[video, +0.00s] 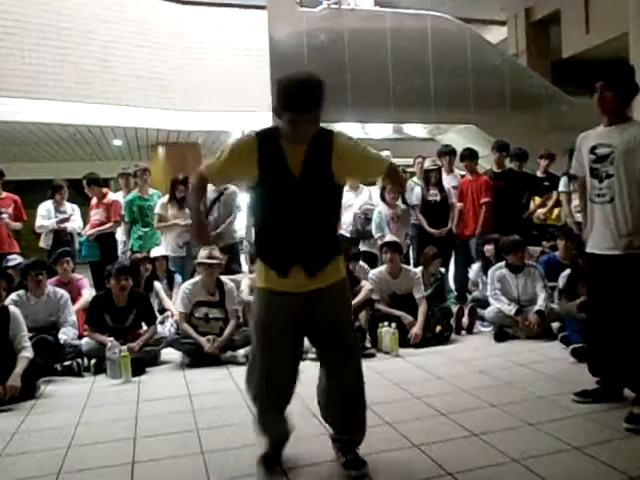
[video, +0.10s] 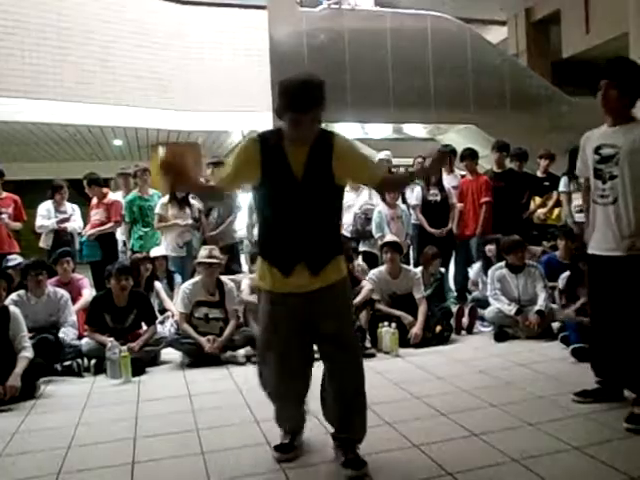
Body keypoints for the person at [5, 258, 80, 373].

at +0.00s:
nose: (39, 278)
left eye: (42, 274)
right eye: (34, 275)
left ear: (47, 277)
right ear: (26, 280)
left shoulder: (60, 296)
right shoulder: (15, 300)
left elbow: (70, 325)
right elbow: (9, 327)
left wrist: (61, 340)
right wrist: (21, 336)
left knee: (74, 349)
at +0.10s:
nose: (39, 278)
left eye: (41, 274)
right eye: (34, 275)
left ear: (47, 277)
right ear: (26, 280)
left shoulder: (61, 296)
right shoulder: (15, 300)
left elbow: (71, 326)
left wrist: (59, 340)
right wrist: (21, 337)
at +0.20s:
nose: (39, 280)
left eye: (41, 276)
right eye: (33, 277)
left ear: (47, 278)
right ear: (26, 282)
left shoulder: (61, 298)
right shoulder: (15, 302)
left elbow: (71, 328)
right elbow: (10, 331)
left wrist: (57, 341)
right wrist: (22, 338)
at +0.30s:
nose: (39, 279)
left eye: (41, 274)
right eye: (34, 275)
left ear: (47, 277)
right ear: (26, 280)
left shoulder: (61, 296)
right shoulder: (15, 300)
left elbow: (71, 327)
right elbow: (9, 330)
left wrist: (55, 340)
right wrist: (22, 337)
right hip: (27, 345)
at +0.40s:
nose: (41, 280)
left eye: (44, 275)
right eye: (36, 277)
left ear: (50, 277)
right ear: (29, 282)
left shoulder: (65, 297)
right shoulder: (18, 302)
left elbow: (75, 330)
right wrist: (29, 338)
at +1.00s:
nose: (39, 267)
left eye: (42, 263)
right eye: (34, 264)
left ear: (49, 266)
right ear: (28, 269)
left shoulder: (62, 286)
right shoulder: (17, 288)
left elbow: (73, 319)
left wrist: (46, 327)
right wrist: (26, 326)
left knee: (60, 331)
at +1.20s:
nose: (31, 270)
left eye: (35, 265)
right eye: (27, 266)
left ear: (40, 267)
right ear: (19, 269)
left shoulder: (53, 287)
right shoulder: (8, 290)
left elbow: (63, 316)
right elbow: (7, 320)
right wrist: (20, 329)